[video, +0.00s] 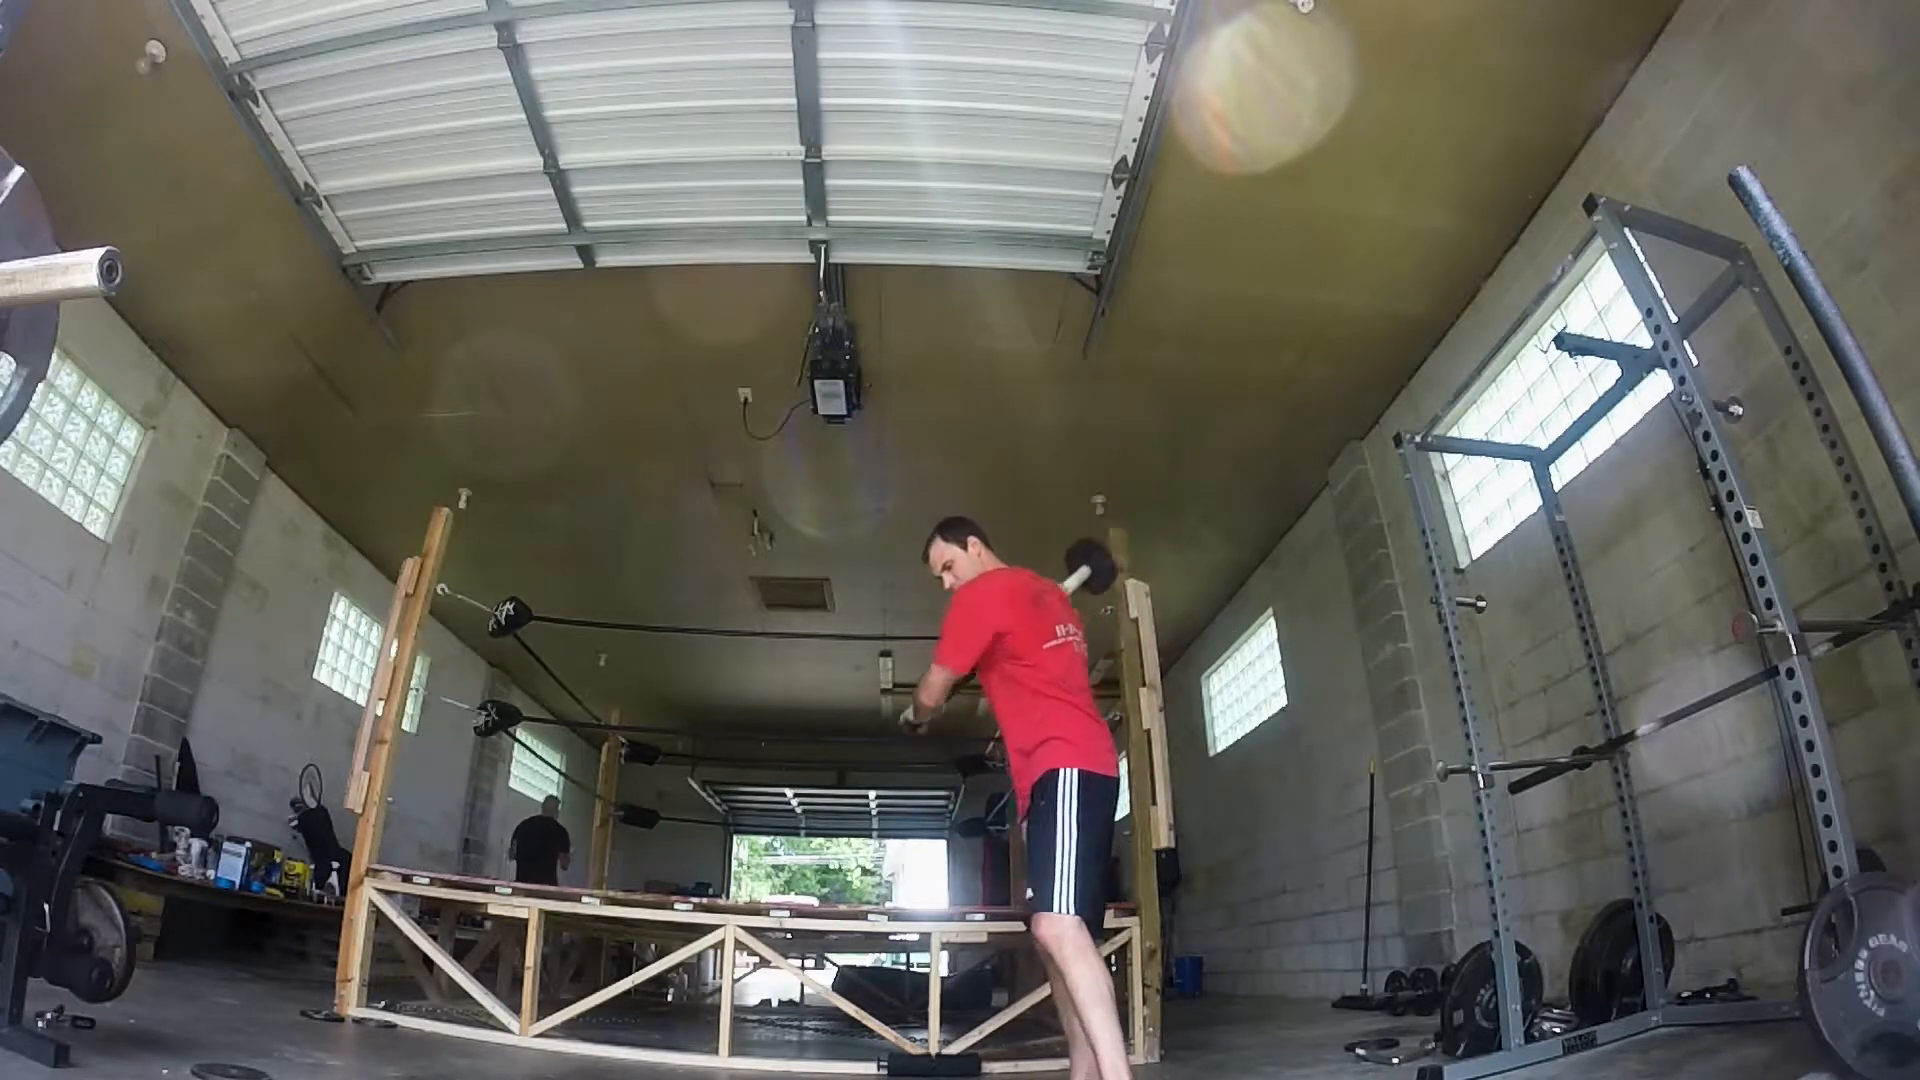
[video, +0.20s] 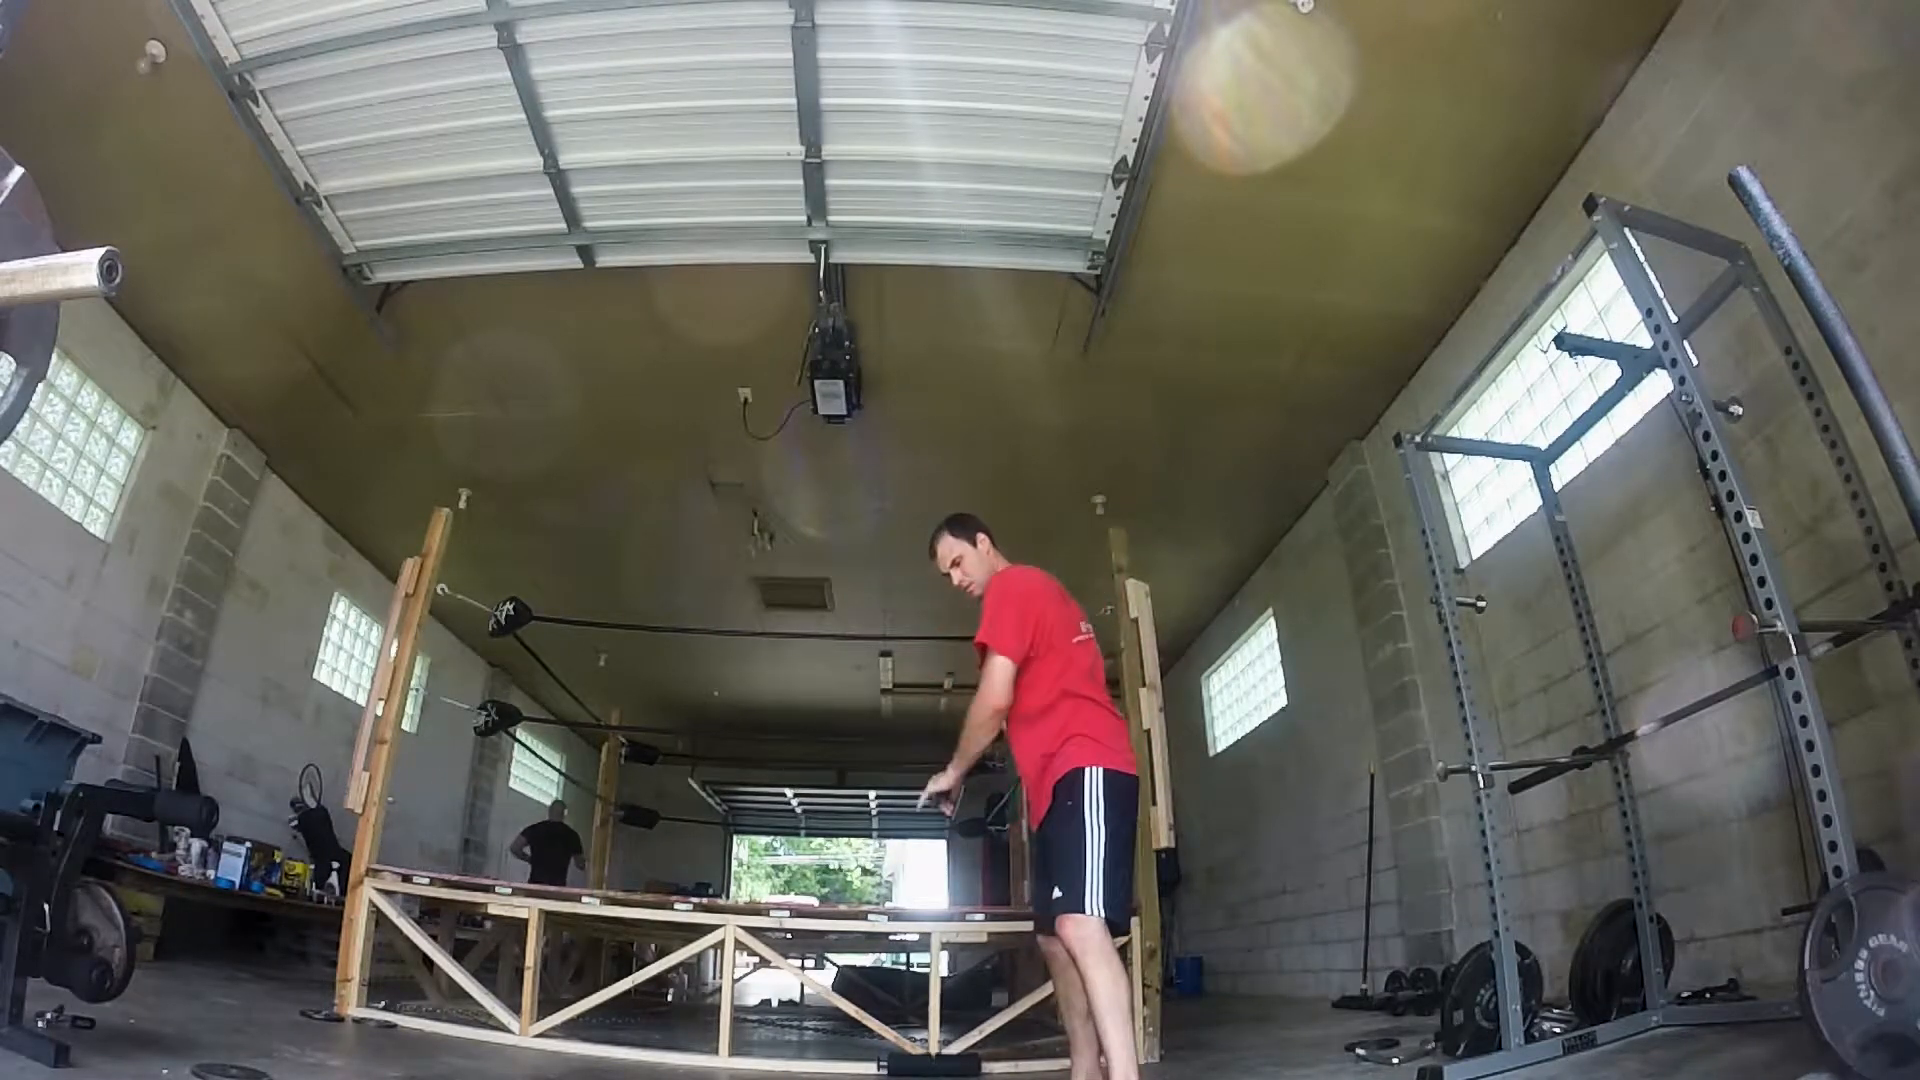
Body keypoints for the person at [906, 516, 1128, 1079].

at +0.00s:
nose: (946, 583)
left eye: (947, 567)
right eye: (939, 575)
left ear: (974, 545)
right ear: (980, 549)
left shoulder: (984, 592)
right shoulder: (1051, 593)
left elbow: (930, 693)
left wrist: (918, 718)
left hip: (1066, 765)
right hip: (1078, 765)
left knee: (1058, 924)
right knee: (1052, 929)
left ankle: (1116, 1073)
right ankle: (1084, 1072)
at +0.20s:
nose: (955, 578)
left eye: (957, 562)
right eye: (947, 572)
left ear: (985, 543)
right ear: (951, 572)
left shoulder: (1015, 585)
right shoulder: (1032, 591)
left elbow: (993, 700)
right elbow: (1050, 702)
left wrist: (955, 769)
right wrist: (1036, 788)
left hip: (1088, 764)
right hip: (1062, 776)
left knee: (1083, 925)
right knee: (1054, 936)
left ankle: (1125, 1074)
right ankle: (1086, 1072)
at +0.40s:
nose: (960, 576)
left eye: (961, 560)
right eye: (952, 570)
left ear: (990, 538)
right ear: (958, 572)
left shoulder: (1048, 575)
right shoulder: (1009, 641)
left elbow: (1105, 650)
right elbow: (1030, 741)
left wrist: (1074, 746)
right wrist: (971, 812)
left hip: (1107, 767)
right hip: (1057, 788)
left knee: (1097, 923)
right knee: (1058, 938)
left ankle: (1128, 1073)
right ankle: (1086, 1072)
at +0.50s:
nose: (964, 572)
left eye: (965, 556)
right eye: (955, 567)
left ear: (995, 535)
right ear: (962, 569)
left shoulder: (1072, 569)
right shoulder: (999, 646)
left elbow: (1156, 614)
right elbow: (1015, 746)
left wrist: (1142, 692)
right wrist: (964, 828)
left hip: (1113, 771)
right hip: (1056, 796)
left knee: (1104, 926)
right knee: (1055, 939)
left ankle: (1131, 1075)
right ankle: (1086, 1072)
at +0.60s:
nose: (967, 567)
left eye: (969, 550)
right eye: (959, 561)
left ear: (998, 530)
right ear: (966, 563)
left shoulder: (1088, 565)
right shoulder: (994, 641)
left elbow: (1186, 592)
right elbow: (1007, 737)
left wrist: (1191, 624)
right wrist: (971, 814)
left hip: (1117, 763)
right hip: (1057, 788)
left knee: (1107, 923)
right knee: (1051, 938)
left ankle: (1133, 1075)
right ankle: (1084, 1071)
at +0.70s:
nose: (971, 560)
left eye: (973, 543)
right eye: (962, 554)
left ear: (1002, 524)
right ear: (963, 560)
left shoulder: (1095, 563)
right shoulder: (989, 631)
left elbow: (1176, 587)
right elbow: (1002, 713)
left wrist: (1201, 591)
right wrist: (985, 777)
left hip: (1120, 760)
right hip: (1058, 784)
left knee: (1109, 923)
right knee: (1052, 940)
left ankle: (1134, 1074)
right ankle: (1082, 1069)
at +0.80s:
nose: (972, 552)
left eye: (975, 535)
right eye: (963, 547)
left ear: (1005, 520)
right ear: (965, 555)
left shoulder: (1098, 562)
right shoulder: (987, 624)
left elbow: (1174, 596)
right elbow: (1005, 690)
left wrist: (1204, 579)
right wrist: (1006, 735)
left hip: (1119, 756)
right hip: (1057, 779)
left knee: (1108, 920)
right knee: (1052, 939)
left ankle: (1135, 1074)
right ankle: (1082, 1070)